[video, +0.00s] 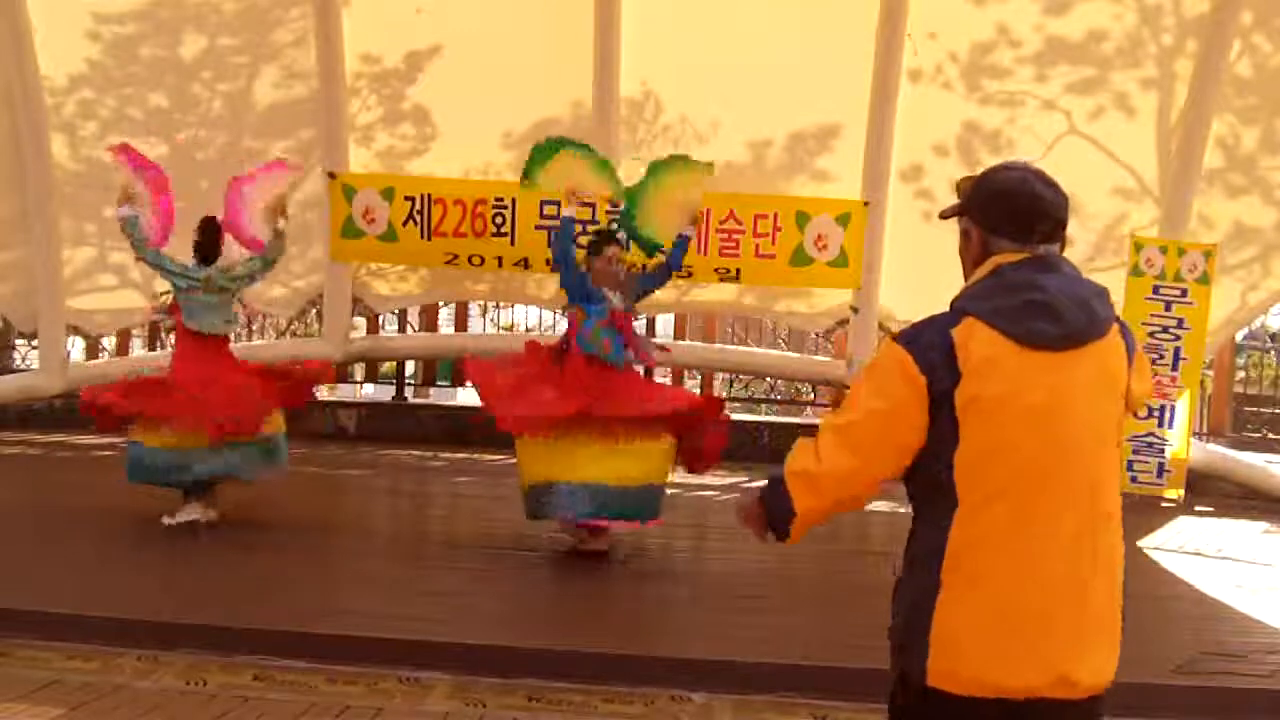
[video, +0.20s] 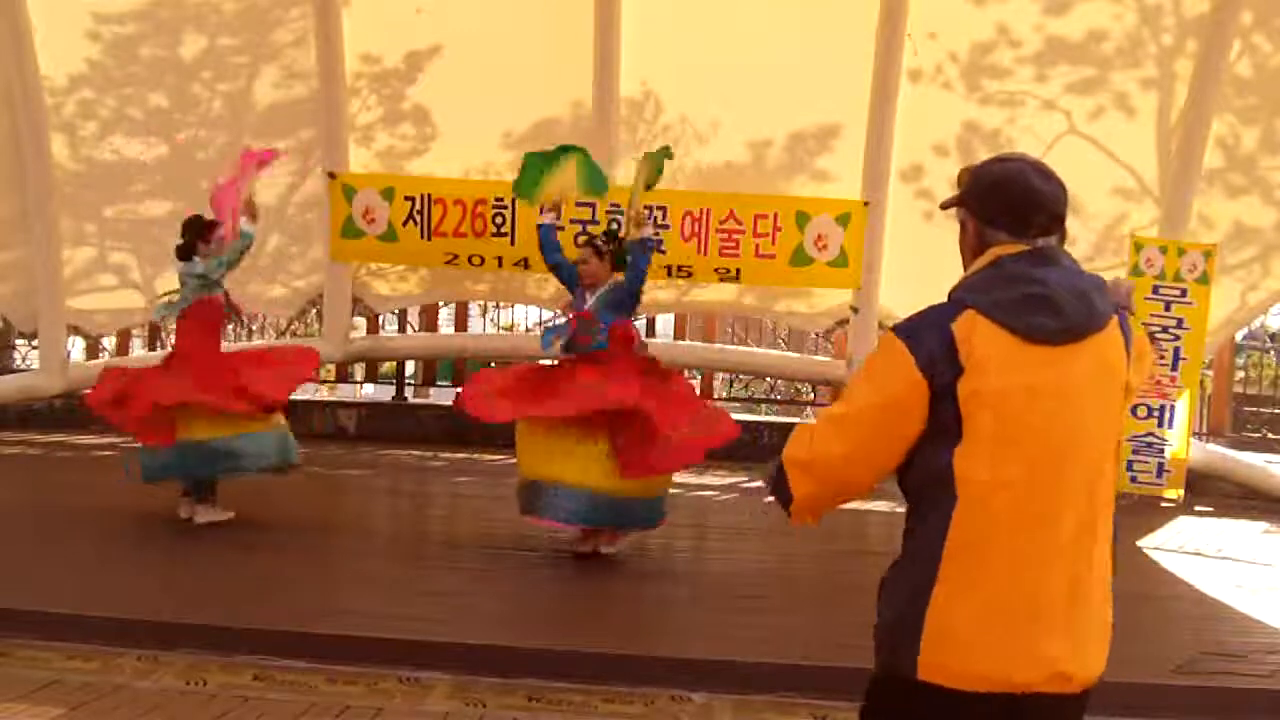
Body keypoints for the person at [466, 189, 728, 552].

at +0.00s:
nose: (616, 266)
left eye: (619, 260)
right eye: (609, 259)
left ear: (623, 262)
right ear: (590, 262)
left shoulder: (627, 291)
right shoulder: (582, 291)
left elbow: (665, 271)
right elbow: (565, 259)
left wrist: (685, 235)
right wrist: (568, 211)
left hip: (616, 375)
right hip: (581, 372)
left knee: (609, 448)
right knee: (585, 447)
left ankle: (598, 521)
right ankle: (585, 523)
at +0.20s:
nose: (581, 268)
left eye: (588, 261)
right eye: (579, 262)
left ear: (609, 265)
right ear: (580, 265)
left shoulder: (621, 296)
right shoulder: (579, 292)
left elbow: (636, 275)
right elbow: (555, 260)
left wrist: (638, 239)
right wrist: (548, 217)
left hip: (617, 383)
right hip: (580, 380)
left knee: (614, 451)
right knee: (584, 450)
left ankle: (613, 525)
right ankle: (589, 525)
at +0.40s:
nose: (582, 260)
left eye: (585, 256)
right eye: (585, 256)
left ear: (590, 259)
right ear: (619, 259)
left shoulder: (586, 292)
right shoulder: (627, 285)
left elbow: (543, 270)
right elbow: (638, 258)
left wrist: (520, 229)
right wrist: (632, 221)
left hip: (599, 373)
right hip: (631, 370)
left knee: (596, 447)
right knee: (614, 447)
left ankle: (606, 529)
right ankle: (608, 527)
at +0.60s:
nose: (627, 266)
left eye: (625, 260)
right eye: (624, 260)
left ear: (586, 262)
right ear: (615, 262)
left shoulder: (572, 292)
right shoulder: (621, 293)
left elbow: (561, 267)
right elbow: (665, 274)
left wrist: (569, 237)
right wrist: (686, 234)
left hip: (574, 372)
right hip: (614, 376)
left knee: (574, 448)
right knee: (604, 449)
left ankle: (573, 525)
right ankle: (594, 528)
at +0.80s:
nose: (630, 271)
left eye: (632, 265)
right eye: (626, 264)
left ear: (628, 268)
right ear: (609, 265)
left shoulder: (626, 296)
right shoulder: (595, 294)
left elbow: (650, 285)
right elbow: (592, 275)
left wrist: (677, 258)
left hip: (625, 375)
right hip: (593, 374)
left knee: (621, 445)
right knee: (590, 446)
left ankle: (616, 523)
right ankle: (586, 525)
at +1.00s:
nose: (615, 267)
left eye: (621, 262)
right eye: (610, 261)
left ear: (629, 265)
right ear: (598, 263)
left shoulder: (637, 296)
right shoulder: (583, 291)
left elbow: (676, 300)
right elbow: (543, 289)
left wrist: (702, 273)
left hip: (630, 378)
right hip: (586, 377)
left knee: (621, 453)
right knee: (585, 450)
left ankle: (611, 533)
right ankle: (583, 532)